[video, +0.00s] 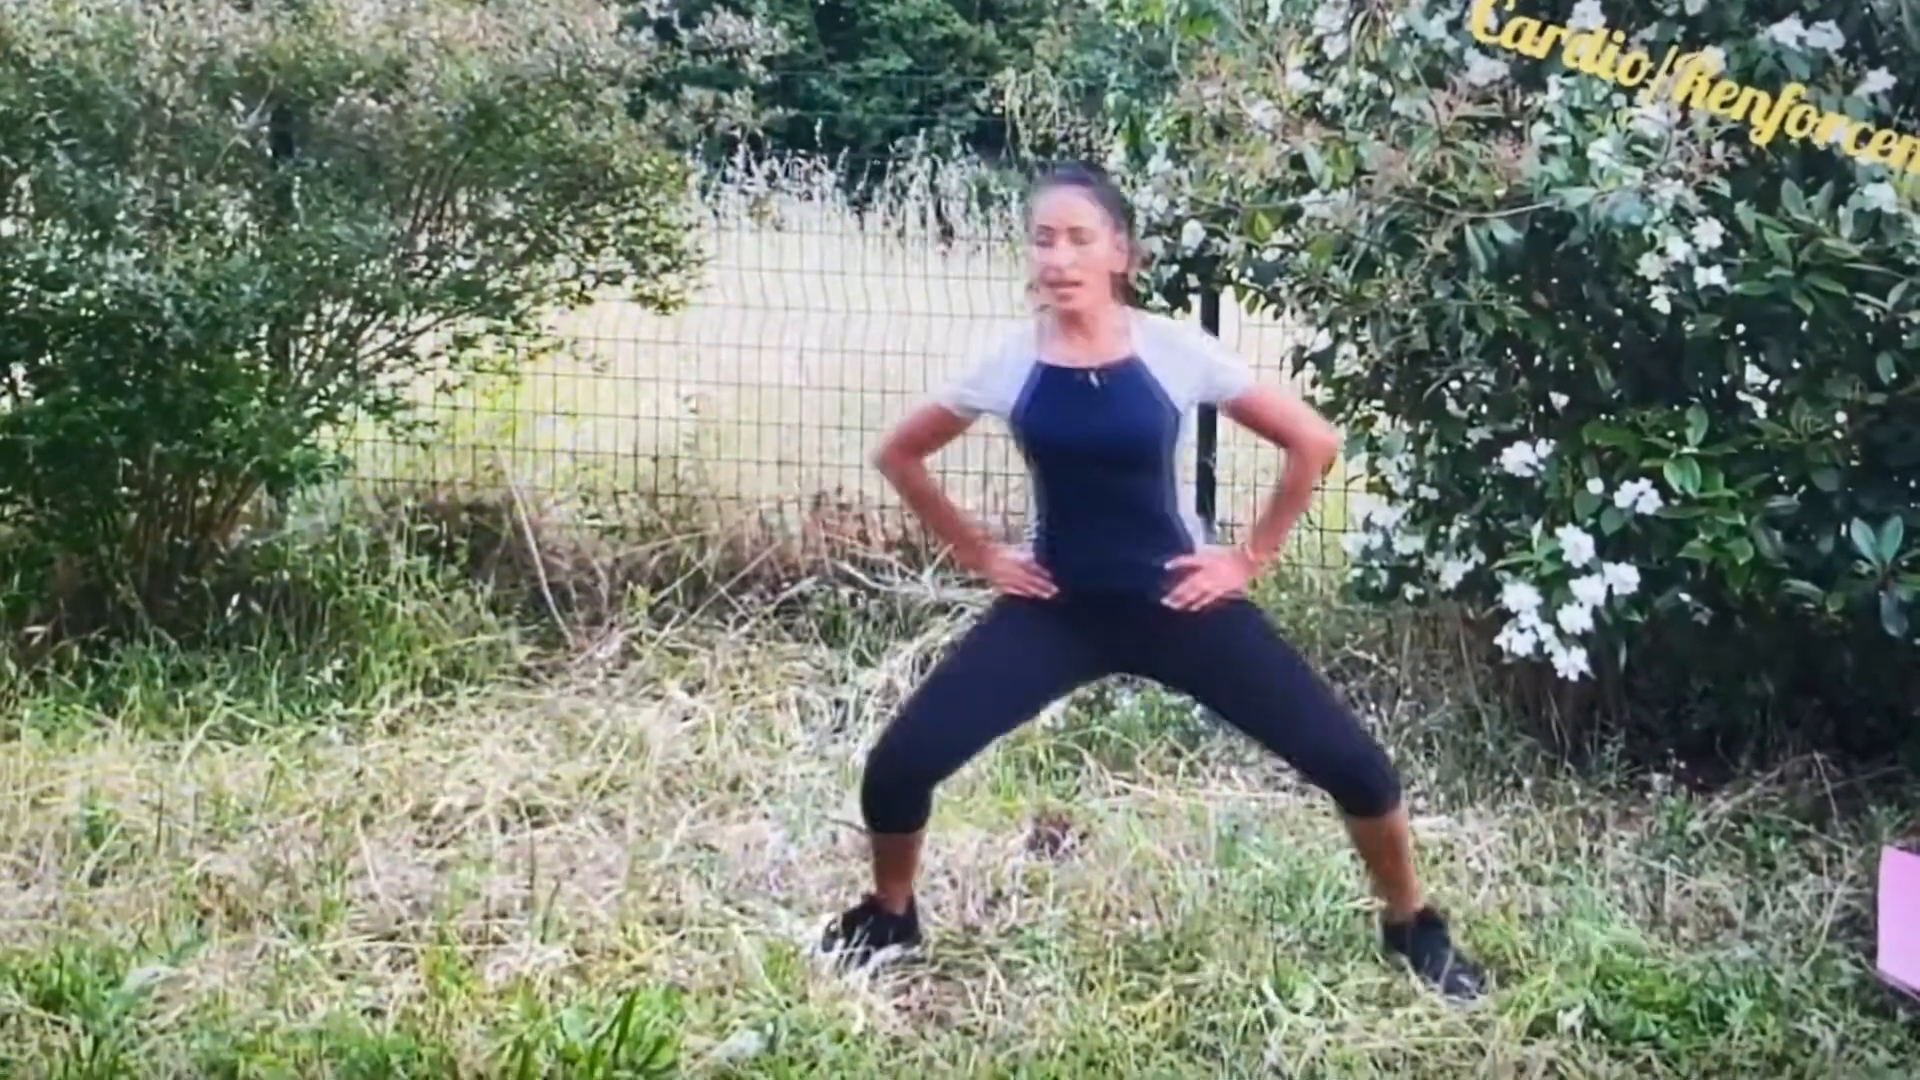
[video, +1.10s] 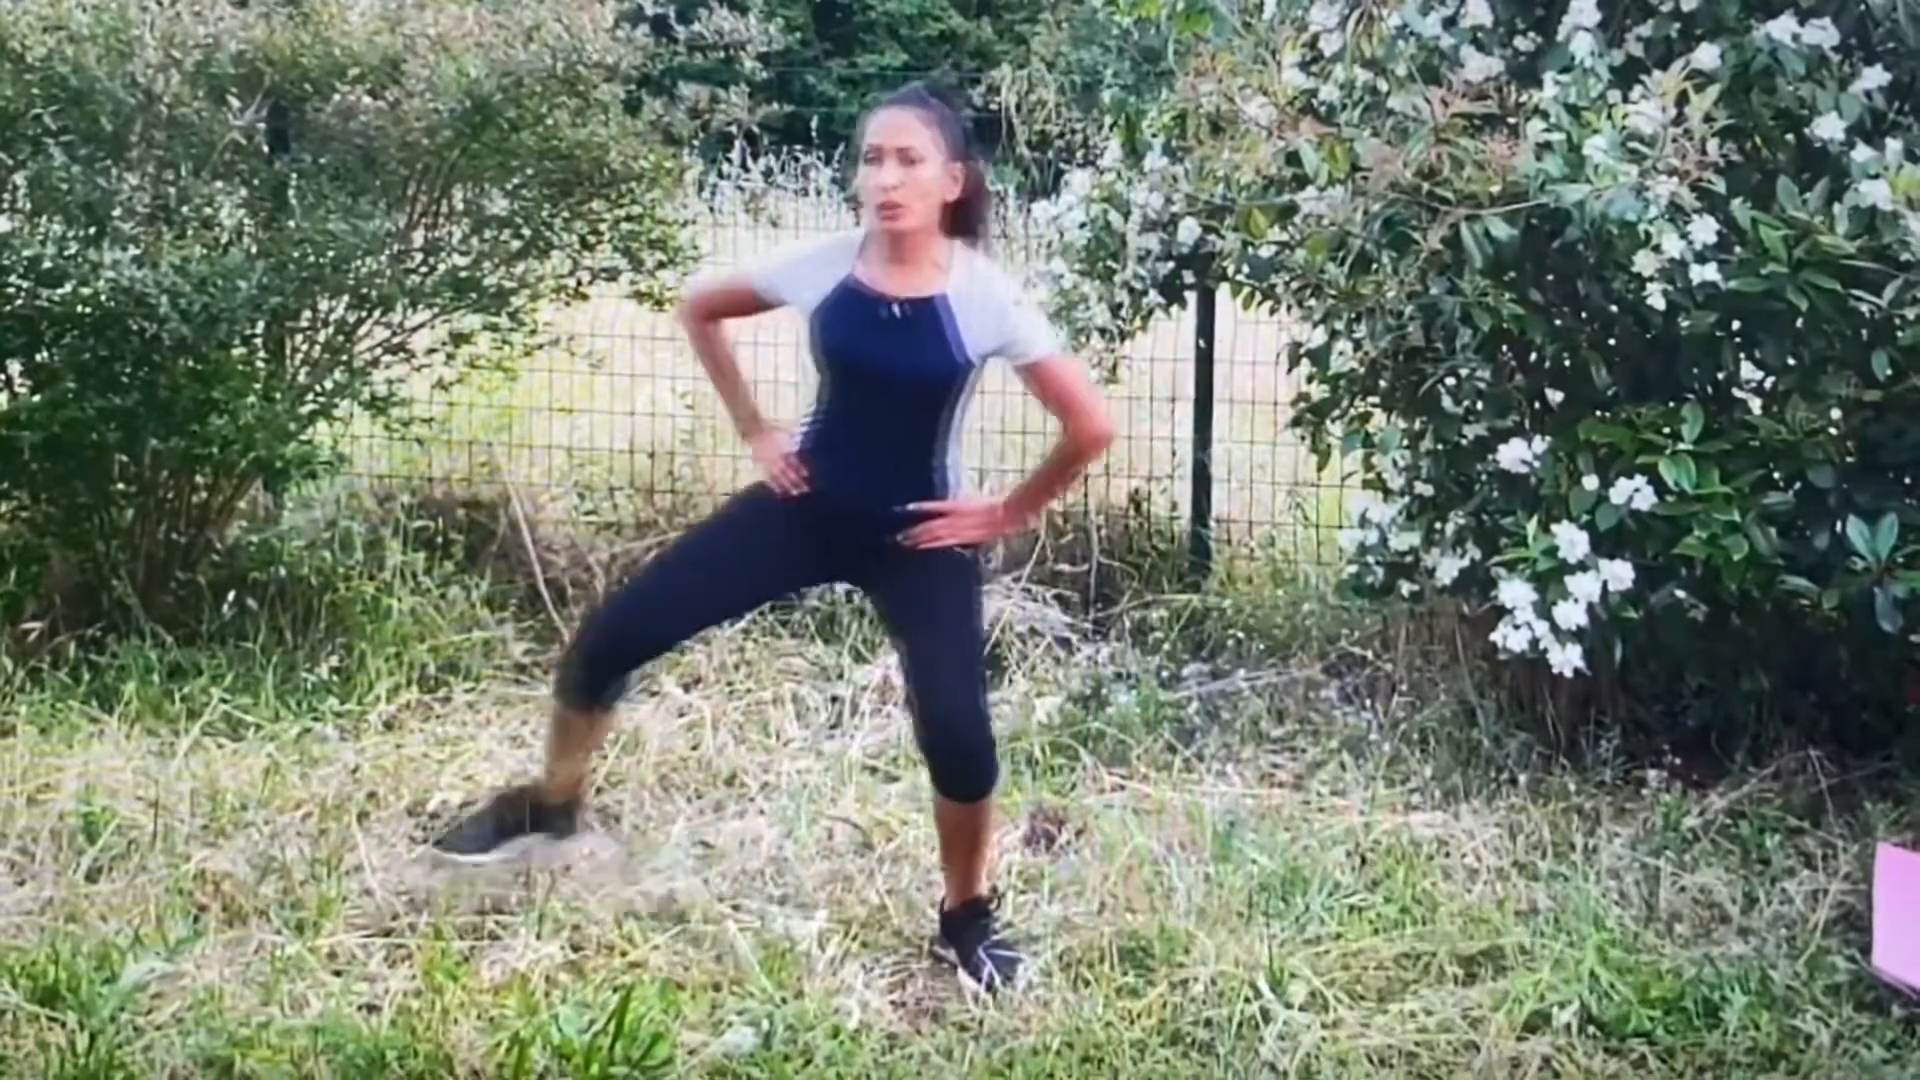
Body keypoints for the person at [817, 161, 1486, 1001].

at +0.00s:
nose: (1056, 258)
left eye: (1077, 237)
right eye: (1041, 239)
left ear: (1122, 255)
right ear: (1026, 255)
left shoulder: (1177, 352)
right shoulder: (1011, 361)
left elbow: (1316, 443)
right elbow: (895, 454)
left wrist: (1250, 558)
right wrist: (980, 553)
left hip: (1181, 611)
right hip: (1054, 613)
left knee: (1360, 770)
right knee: (896, 767)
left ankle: (1413, 927)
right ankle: (888, 917)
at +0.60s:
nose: (981, 206)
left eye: (1004, 188)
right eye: (972, 188)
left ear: (1056, 208)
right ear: (959, 204)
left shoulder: (1098, 309)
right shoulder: (940, 309)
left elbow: (1237, 403)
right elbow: (838, 401)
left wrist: (1181, 515)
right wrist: (908, 502)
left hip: (1103, 570)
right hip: (980, 570)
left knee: (1248, 754)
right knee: (854, 758)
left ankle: (1398, 916)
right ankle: (883, 911)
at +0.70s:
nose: (943, 182)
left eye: (967, 165)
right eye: (933, 162)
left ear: (1015, 185)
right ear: (919, 176)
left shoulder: (1060, 288)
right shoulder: (897, 282)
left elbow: (1194, 390)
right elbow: (784, 368)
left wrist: (1124, 493)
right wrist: (861, 478)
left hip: (1054, 546)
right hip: (930, 546)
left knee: (1179, 728)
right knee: (838, 753)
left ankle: (1270, 885)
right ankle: (883, 910)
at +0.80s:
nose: (928, 166)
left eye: (951, 149)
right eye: (918, 147)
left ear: (1000, 169)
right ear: (903, 162)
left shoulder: (1045, 275)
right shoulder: (877, 261)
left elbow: (1171, 388)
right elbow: (762, 337)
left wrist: (1093, 485)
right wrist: (832, 458)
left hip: (1027, 532)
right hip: (900, 526)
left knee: (1083, 719)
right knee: (829, 740)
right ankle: (882, 906)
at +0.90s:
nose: (920, 162)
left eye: (944, 145)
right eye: (909, 144)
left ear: (994, 166)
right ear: (896, 160)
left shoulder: (1033, 277)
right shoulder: (871, 257)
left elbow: (1149, 401)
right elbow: (749, 316)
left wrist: (1070, 493)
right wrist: (814, 435)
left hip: (995, 530)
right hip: (873, 512)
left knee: (1006, 747)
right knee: (757, 683)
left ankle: (968, 913)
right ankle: (828, 863)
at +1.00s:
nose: (907, 171)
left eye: (930, 154)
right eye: (897, 154)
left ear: (979, 174)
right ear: (882, 171)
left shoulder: (1017, 288)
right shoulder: (854, 262)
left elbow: (1125, 423)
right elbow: (732, 309)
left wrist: (1041, 506)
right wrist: (790, 427)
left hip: (963, 536)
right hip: (844, 509)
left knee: (975, 742)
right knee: (676, 639)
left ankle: (965, 914)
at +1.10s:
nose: (886, 180)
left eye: (909, 162)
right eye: (874, 161)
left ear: (954, 183)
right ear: (858, 177)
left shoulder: (984, 294)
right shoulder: (830, 265)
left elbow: (1093, 428)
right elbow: (701, 308)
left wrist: (1010, 514)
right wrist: (755, 428)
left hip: (921, 543)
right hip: (804, 515)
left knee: (960, 733)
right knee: (606, 639)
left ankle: (968, 916)